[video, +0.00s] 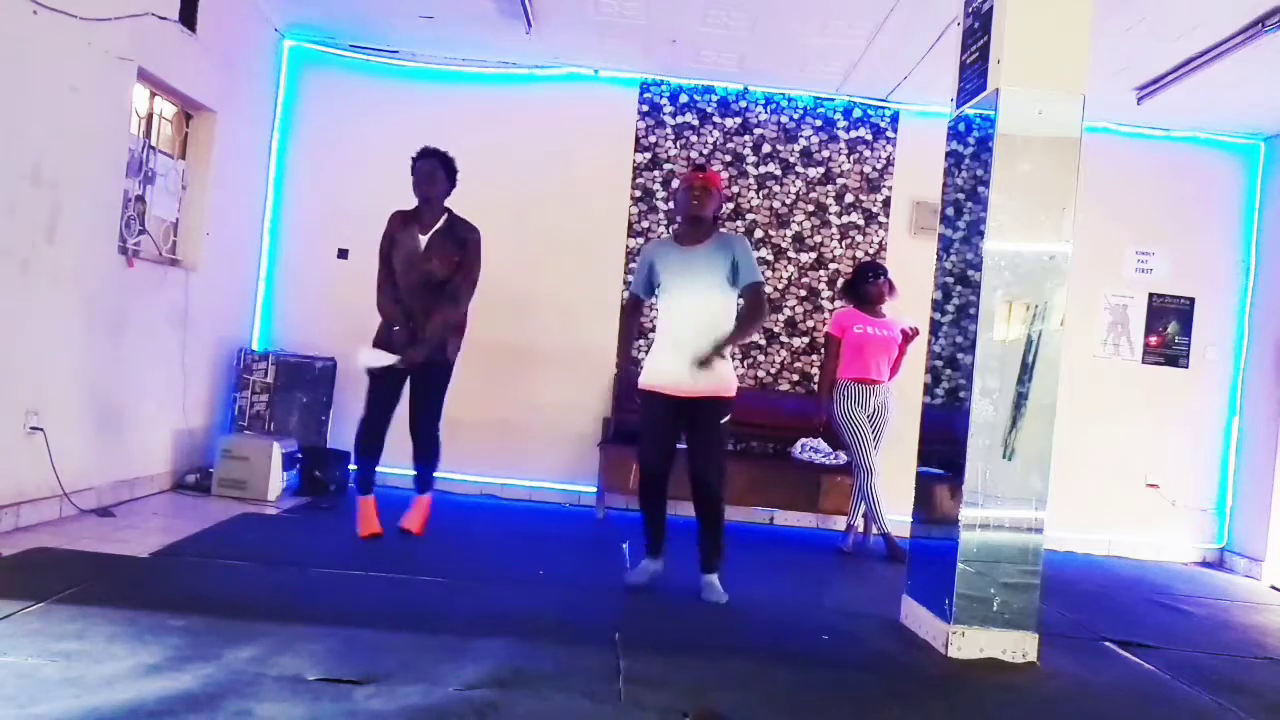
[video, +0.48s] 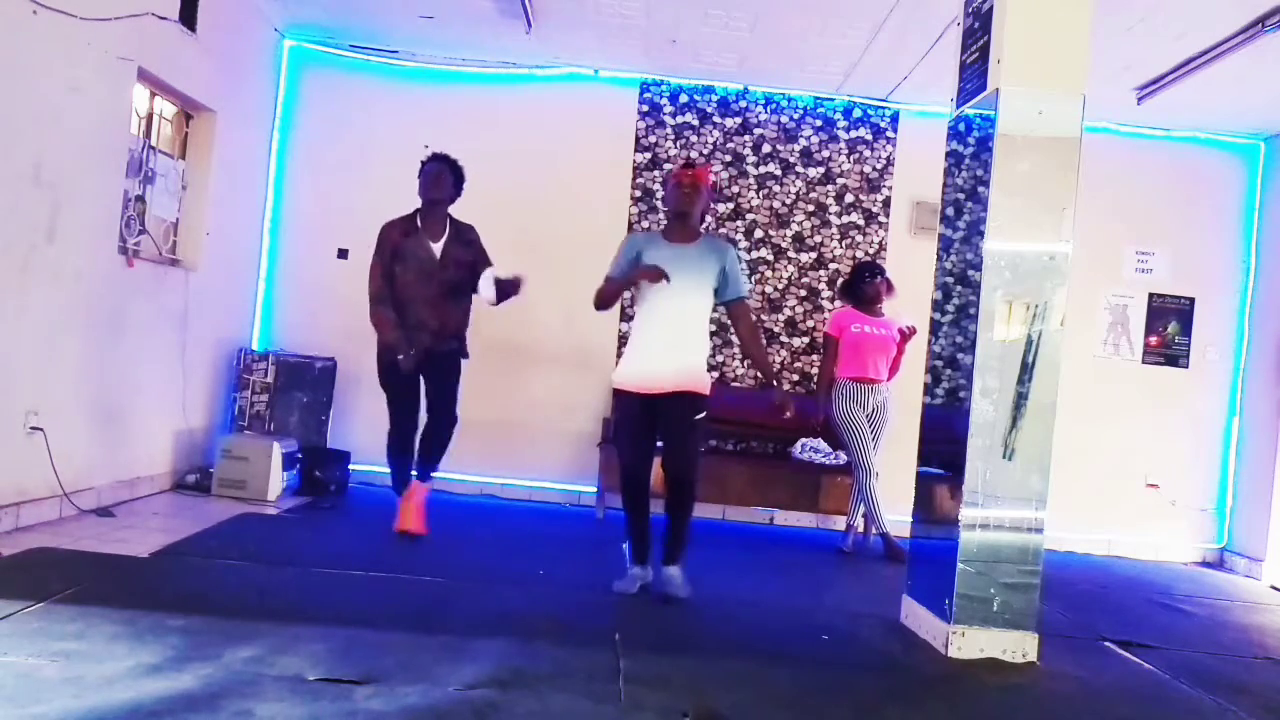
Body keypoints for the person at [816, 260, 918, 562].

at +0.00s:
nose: (886, 286)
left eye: (886, 281)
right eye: (879, 281)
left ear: (887, 286)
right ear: (863, 287)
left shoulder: (892, 327)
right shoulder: (844, 317)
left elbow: (890, 374)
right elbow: (829, 364)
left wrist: (904, 347)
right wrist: (824, 405)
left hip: (880, 397)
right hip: (849, 394)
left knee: (867, 464)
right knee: (866, 463)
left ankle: (850, 532)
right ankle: (886, 535)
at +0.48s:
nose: (881, 292)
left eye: (883, 284)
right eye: (874, 285)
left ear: (886, 287)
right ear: (859, 288)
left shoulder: (890, 327)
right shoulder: (842, 316)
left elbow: (889, 374)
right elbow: (828, 363)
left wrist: (902, 346)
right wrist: (822, 404)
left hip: (878, 397)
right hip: (847, 393)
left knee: (867, 465)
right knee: (866, 463)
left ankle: (850, 533)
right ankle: (885, 535)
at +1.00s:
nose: (879, 299)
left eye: (882, 292)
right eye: (872, 293)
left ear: (886, 290)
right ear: (856, 291)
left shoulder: (890, 326)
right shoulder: (840, 317)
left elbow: (889, 374)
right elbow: (827, 364)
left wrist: (900, 346)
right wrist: (821, 403)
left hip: (877, 397)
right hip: (846, 393)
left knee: (866, 465)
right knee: (864, 463)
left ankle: (848, 532)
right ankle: (884, 534)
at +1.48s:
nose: (878, 296)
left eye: (882, 289)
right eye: (871, 289)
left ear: (886, 290)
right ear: (856, 290)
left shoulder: (889, 327)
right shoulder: (839, 318)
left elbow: (889, 376)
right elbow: (825, 364)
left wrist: (898, 348)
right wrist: (820, 403)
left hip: (876, 397)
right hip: (843, 393)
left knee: (864, 465)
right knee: (862, 462)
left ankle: (847, 532)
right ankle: (883, 534)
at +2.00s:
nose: (877, 294)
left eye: (880, 287)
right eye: (870, 287)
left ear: (885, 289)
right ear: (855, 290)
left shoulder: (889, 327)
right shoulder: (838, 318)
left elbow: (889, 376)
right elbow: (825, 364)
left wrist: (898, 348)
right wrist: (817, 404)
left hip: (875, 398)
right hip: (843, 394)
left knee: (864, 464)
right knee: (861, 463)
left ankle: (847, 532)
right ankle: (882, 535)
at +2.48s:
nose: (878, 284)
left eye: (880, 279)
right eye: (870, 279)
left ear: (885, 287)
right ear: (857, 287)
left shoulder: (891, 327)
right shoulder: (840, 317)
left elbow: (889, 376)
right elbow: (826, 364)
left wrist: (900, 349)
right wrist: (818, 405)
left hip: (877, 398)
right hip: (844, 394)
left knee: (864, 465)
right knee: (862, 463)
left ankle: (847, 531)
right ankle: (882, 535)